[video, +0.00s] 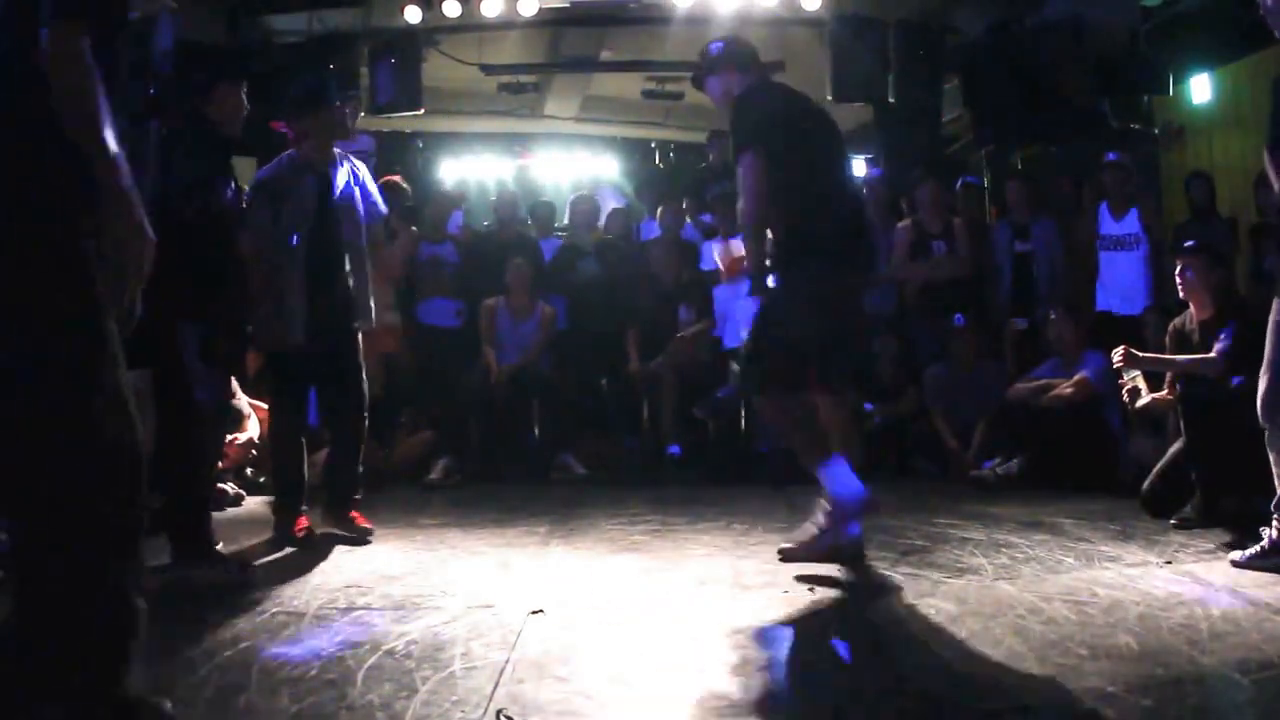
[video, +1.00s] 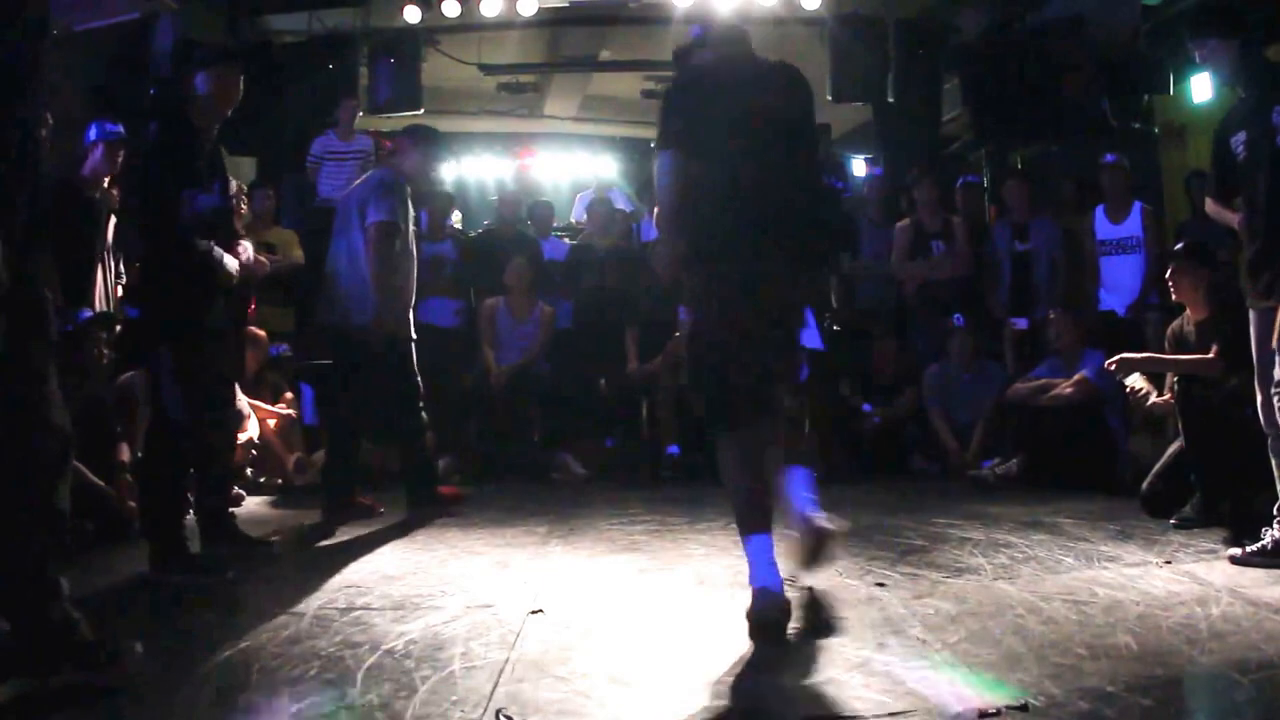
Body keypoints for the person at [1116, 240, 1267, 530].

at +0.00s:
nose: (1179, 276)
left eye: (1188, 269)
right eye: (1177, 269)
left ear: (1212, 274)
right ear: (1174, 275)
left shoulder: (1237, 317)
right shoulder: (1178, 328)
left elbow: (1218, 365)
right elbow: (1176, 394)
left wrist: (1142, 360)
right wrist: (1148, 398)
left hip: (1241, 433)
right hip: (1203, 434)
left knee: (1194, 394)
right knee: (1155, 499)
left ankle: (1206, 502)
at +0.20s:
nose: (1177, 274)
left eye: (1186, 267)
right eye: (1177, 268)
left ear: (1212, 273)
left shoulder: (1238, 315)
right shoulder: (1177, 328)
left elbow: (1218, 364)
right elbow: (1174, 391)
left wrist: (1144, 358)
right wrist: (1147, 397)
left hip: (1243, 432)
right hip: (1204, 434)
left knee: (1195, 392)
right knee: (1155, 499)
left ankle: (1207, 502)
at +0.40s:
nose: (1174, 274)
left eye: (1184, 267)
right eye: (1174, 268)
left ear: (1209, 274)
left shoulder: (1239, 315)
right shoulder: (1178, 328)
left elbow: (1218, 364)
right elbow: (1174, 394)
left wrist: (1144, 359)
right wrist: (1152, 396)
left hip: (1246, 430)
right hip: (1205, 432)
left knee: (1195, 396)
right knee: (1155, 498)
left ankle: (1206, 503)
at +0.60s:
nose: (1171, 278)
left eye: (1181, 271)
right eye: (1171, 270)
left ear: (1207, 277)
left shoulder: (1235, 315)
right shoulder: (1178, 330)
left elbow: (1218, 364)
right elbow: (1177, 397)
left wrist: (1145, 361)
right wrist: (1153, 403)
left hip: (1244, 430)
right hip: (1205, 434)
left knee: (1192, 391)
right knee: (1155, 498)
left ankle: (1208, 502)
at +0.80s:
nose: (1170, 277)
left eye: (1179, 270)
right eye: (1170, 270)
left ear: (1205, 276)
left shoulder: (1231, 316)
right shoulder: (1176, 331)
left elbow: (1218, 365)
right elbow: (1176, 397)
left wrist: (1144, 361)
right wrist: (1151, 403)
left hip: (1242, 428)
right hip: (1203, 433)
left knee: (1192, 389)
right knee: (1155, 498)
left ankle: (1208, 499)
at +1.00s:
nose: (1169, 278)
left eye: (1177, 271)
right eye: (1169, 272)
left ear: (1202, 276)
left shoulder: (1231, 316)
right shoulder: (1176, 331)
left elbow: (1217, 364)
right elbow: (1174, 396)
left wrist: (1142, 361)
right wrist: (1153, 399)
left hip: (1241, 429)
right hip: (1204, 433)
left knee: (1190, 393)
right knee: (1155, 498)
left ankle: (1206, 500)